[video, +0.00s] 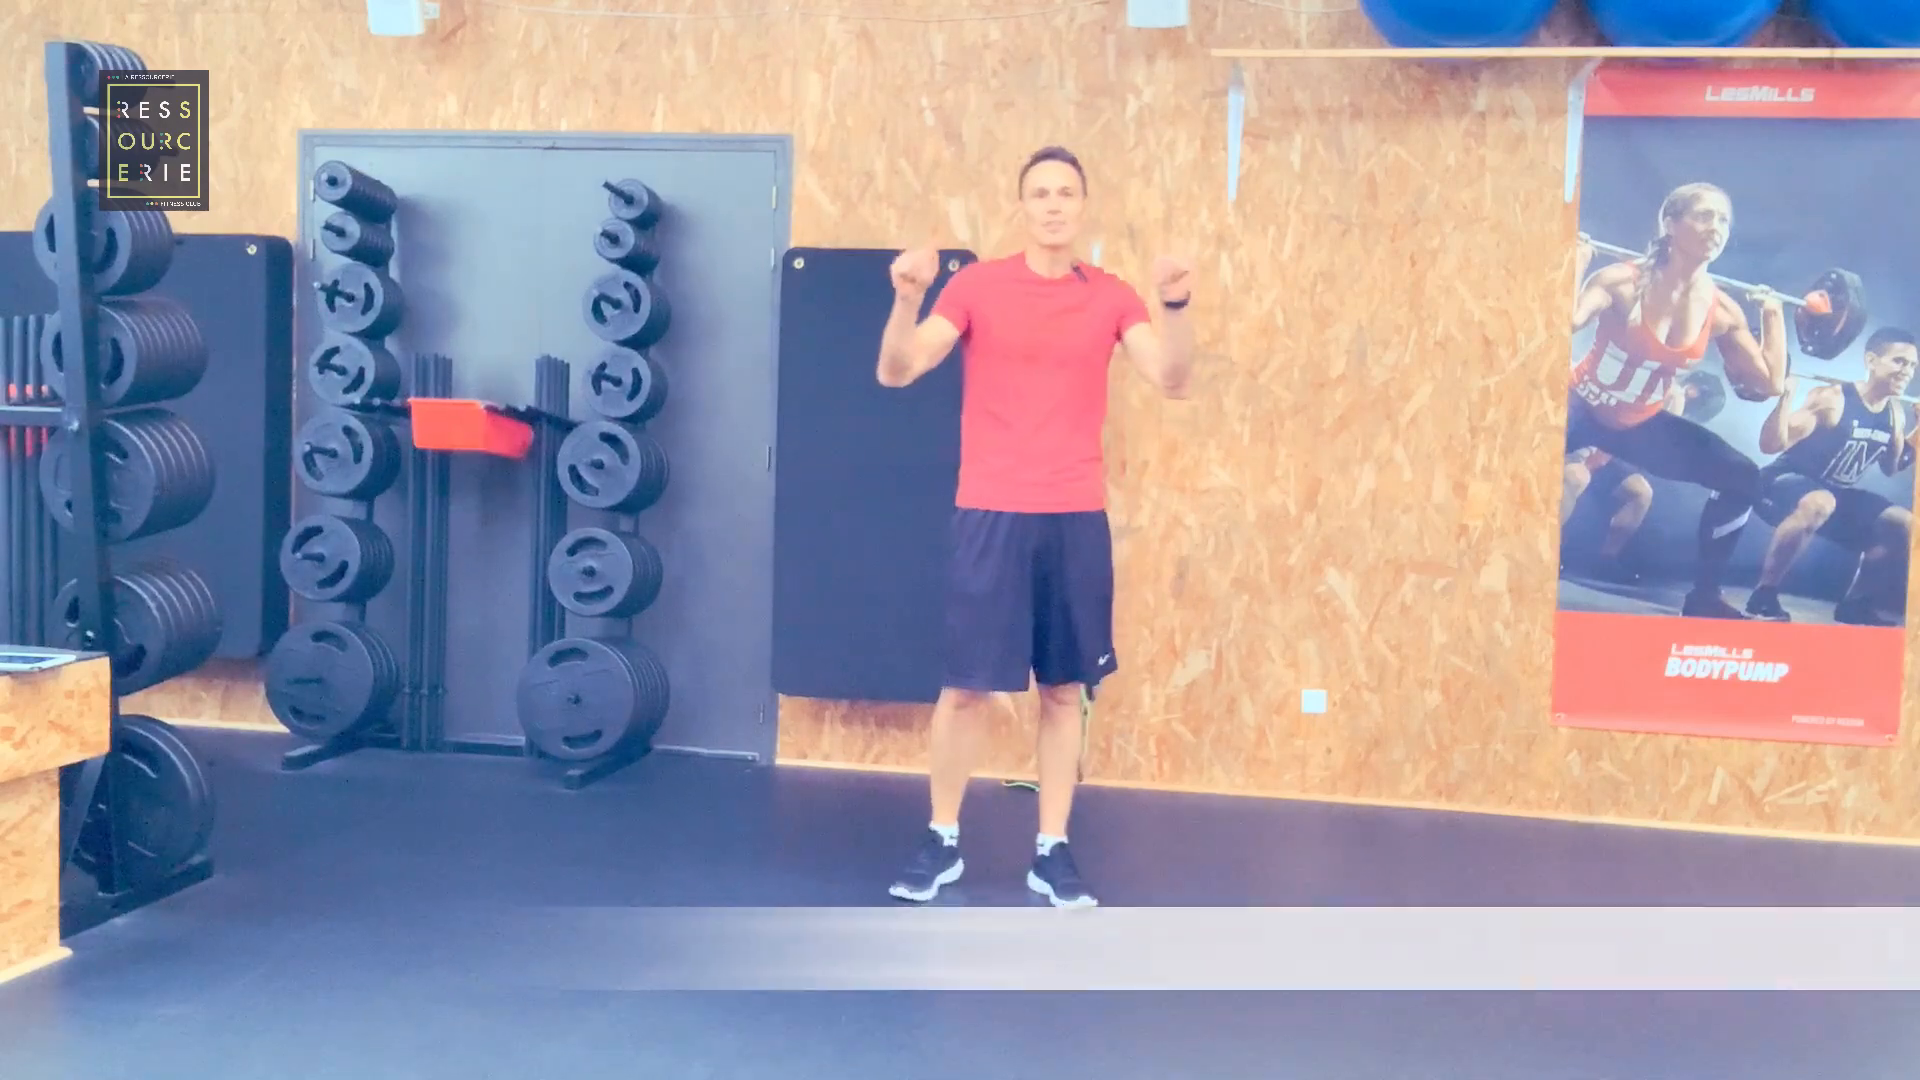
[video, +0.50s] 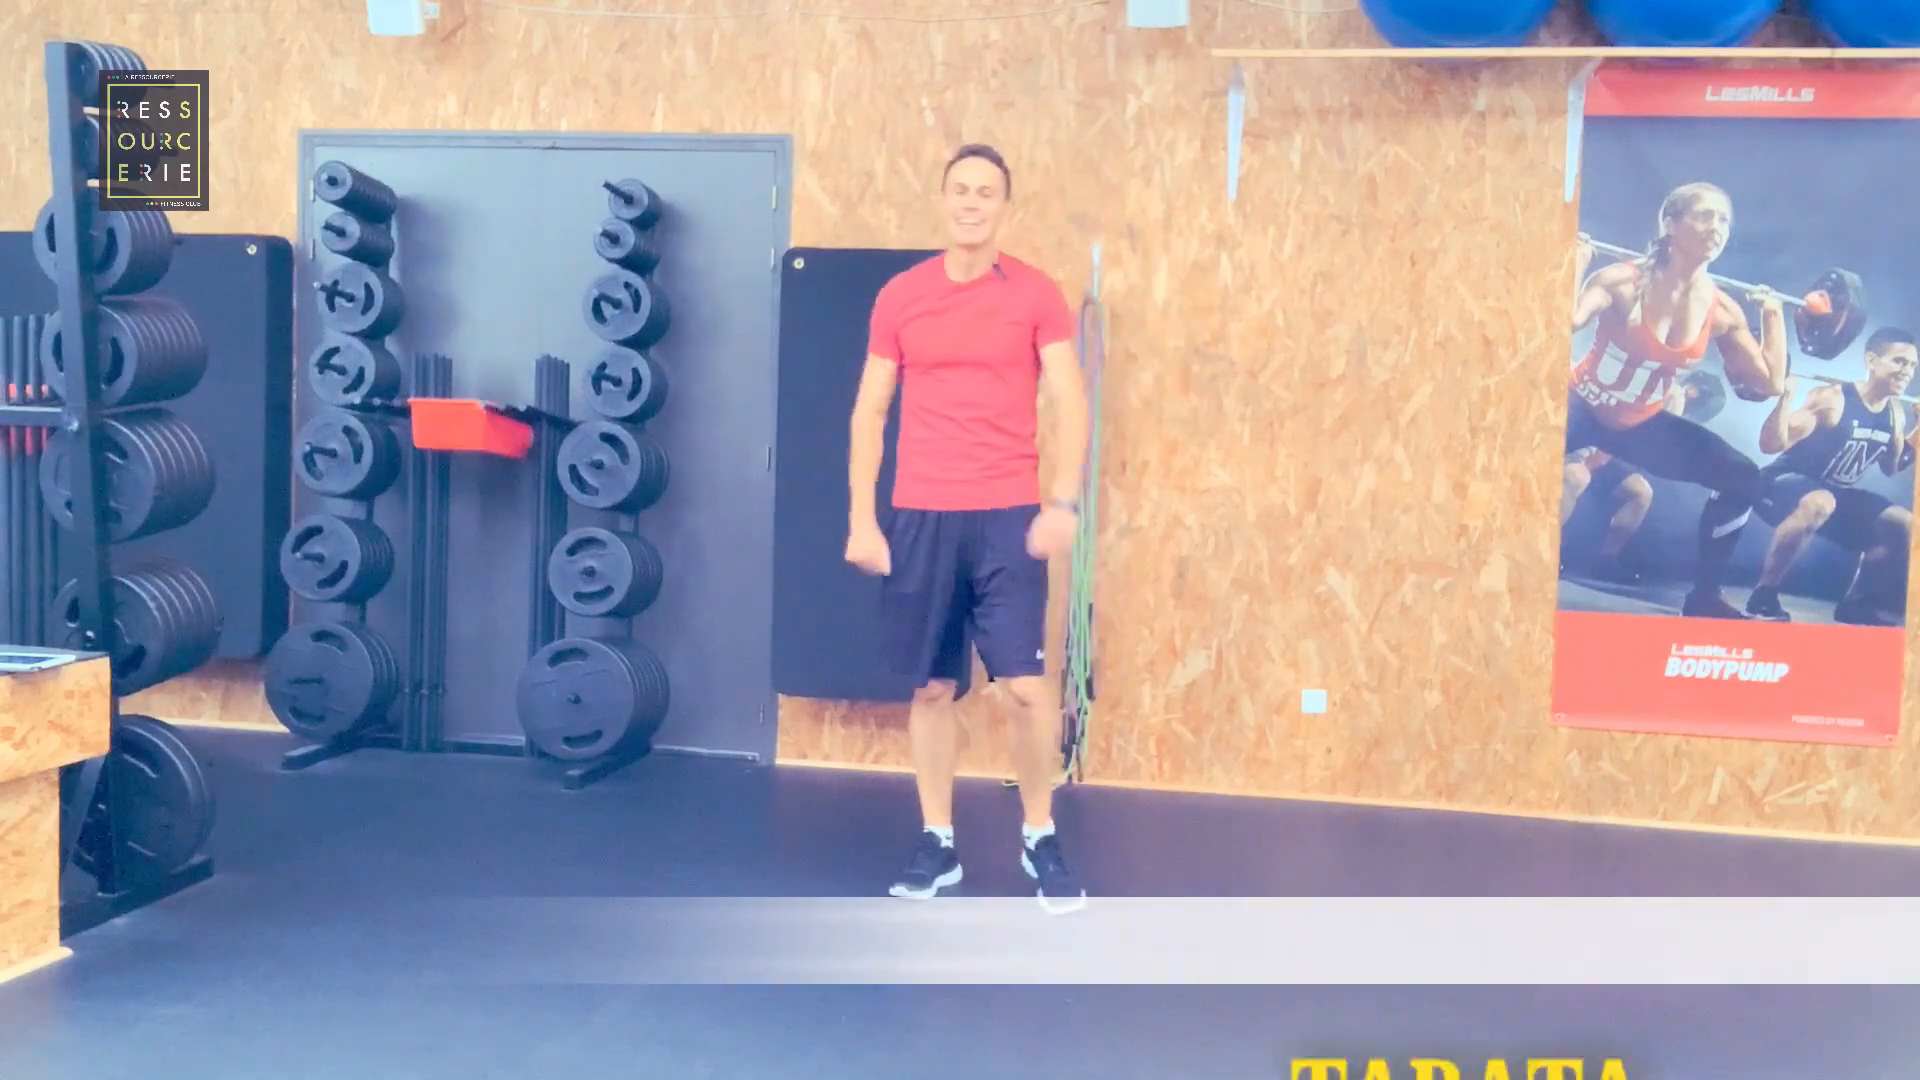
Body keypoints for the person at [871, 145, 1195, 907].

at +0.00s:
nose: (1053, 205)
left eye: (1065, 194)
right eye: (1040, 194)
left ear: (1086, 208)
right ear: (1019, 209)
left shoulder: (1110, 293)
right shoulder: (977, 283)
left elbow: (1172, 378)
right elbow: (895, 372)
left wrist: (1174, 305)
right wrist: (905, 300)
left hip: (1075, 514)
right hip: (989, 511)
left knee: (1064, 688)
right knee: (966, 686)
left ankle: (1052, 853)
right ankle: (942, 844)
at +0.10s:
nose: (1037, 205)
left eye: (1050, 194)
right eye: (1025, 194)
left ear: (1070, 208)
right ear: (1003, 208)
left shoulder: (1095, 292)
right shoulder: (960, 287)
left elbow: (1156, 381)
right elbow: (879, 377)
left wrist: (1152, 305)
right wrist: (898, 312)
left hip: (1063, 514)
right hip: (977, 513)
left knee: (1058, 689)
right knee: (962, 685)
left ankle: (1050, 853)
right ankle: (940, 845)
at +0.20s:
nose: (1018, 203)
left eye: (1031, 192)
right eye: (1006, 192)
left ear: (1052, 207)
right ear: (985, 206)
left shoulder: (1079, 289)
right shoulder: (946, 284)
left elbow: (1134, 388)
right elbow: (861, 384)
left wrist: (1119, 314)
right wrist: (886, 341)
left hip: (1046, 513)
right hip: (959, 511)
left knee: (1048, 690)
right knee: (952, 683)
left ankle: (1051, 853)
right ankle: (938, 848)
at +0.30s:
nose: (999, 204)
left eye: (1013, 193)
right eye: (988, 192)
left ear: (1034, 208)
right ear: (968, 207)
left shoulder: (1069, 294)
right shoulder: (930, 287)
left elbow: (1116, 399)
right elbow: (855, 384)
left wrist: (1085, 346)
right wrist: (881, 391)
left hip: (1031, 513)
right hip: (942, 511)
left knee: (1041, 692)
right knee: (940, 685)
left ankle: (1049, 850)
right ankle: (937, 846)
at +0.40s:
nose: (983, 205)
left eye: (998, 194)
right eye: (972, 192)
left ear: (1019, 208)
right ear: (953, 204)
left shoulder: (1051, 296)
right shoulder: (916, 291)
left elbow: (1093, 401)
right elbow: (860, 396)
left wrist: (1055, 417)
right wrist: (871, 460)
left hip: (1017, 515)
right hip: (929, 513)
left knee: (1032, 694)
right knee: (935, 687)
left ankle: (1047, 844)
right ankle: (937, 846)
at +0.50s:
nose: (971, 205)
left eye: (985, 194)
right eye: (960, 192)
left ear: (1006, 208)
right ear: (940, 202)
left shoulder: (1035, 293)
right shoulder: (900, 296)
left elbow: (1069, 402)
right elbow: (869, 412)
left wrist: (1061, 502)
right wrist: (863, 518)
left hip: (1011, 516)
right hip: (920, 517)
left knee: (1025, 684)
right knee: (933, 686)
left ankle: (1041, 839)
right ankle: (936, 842)